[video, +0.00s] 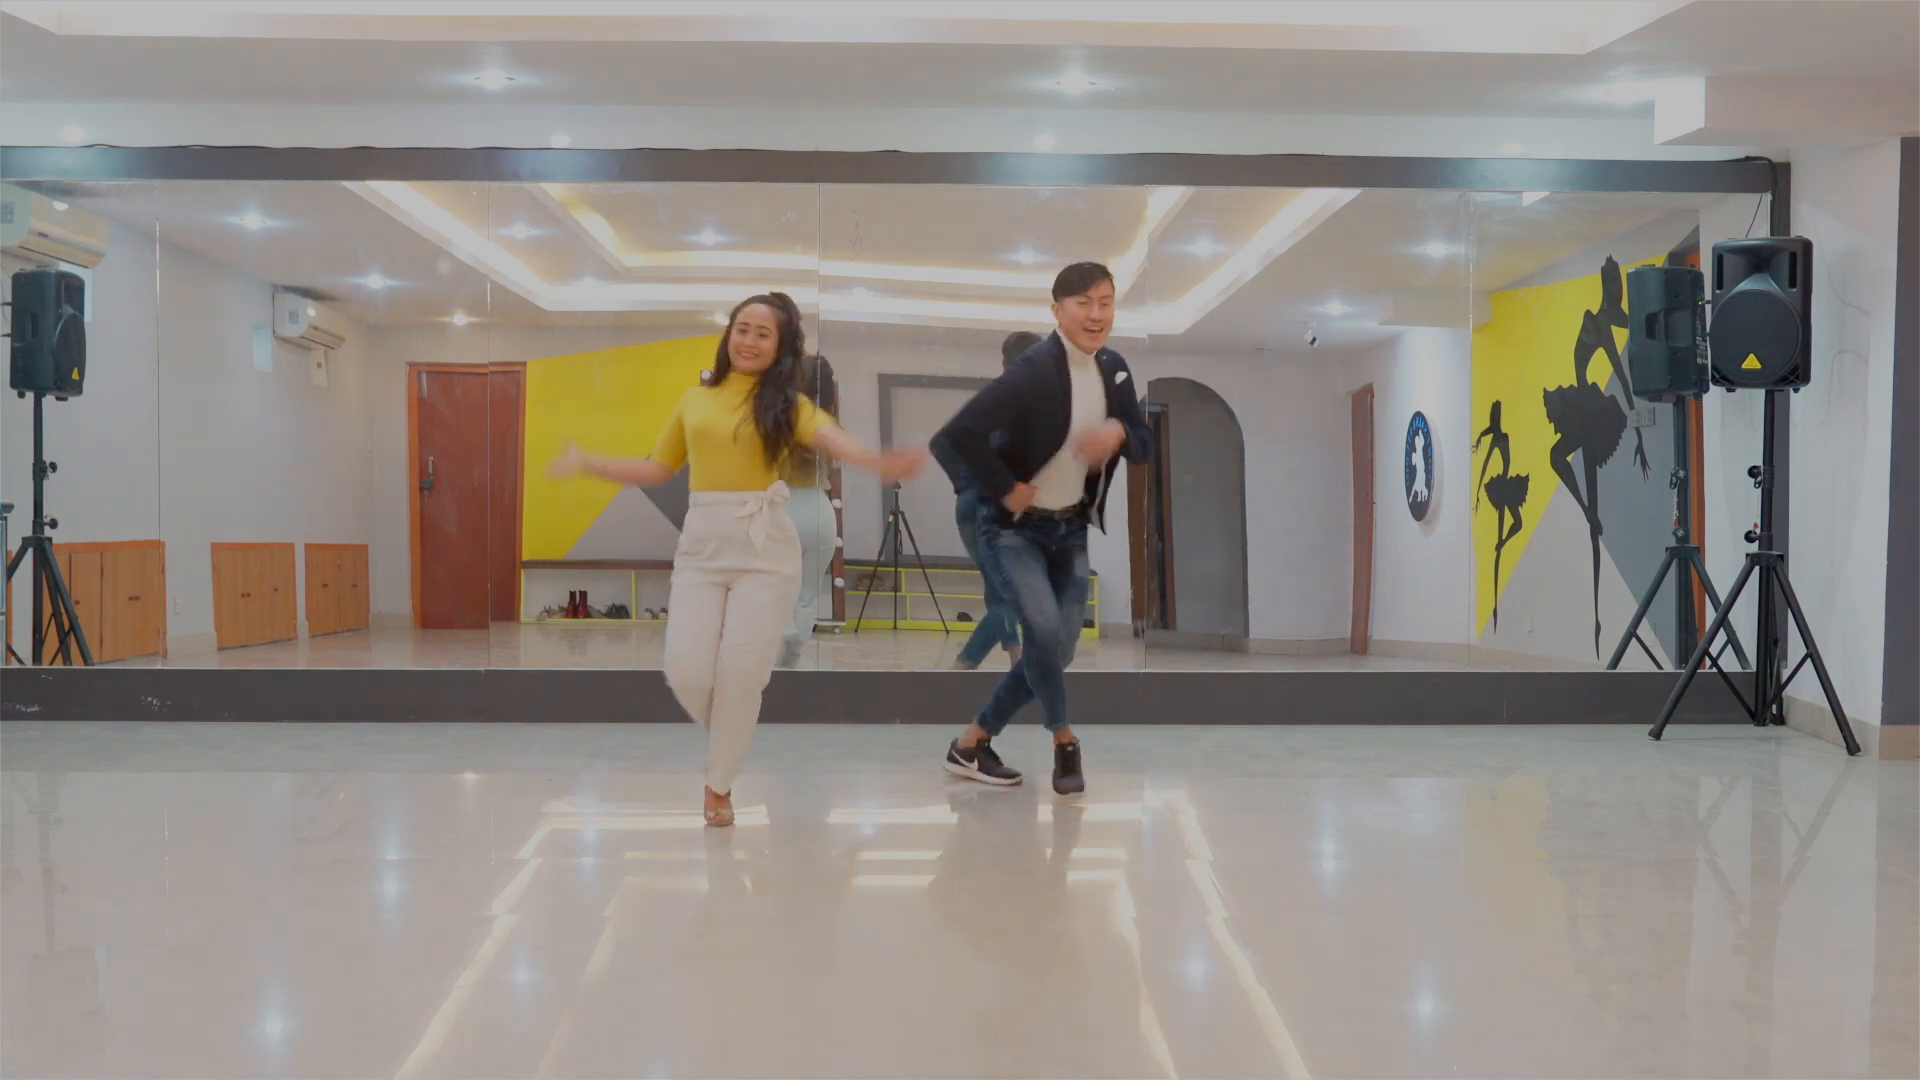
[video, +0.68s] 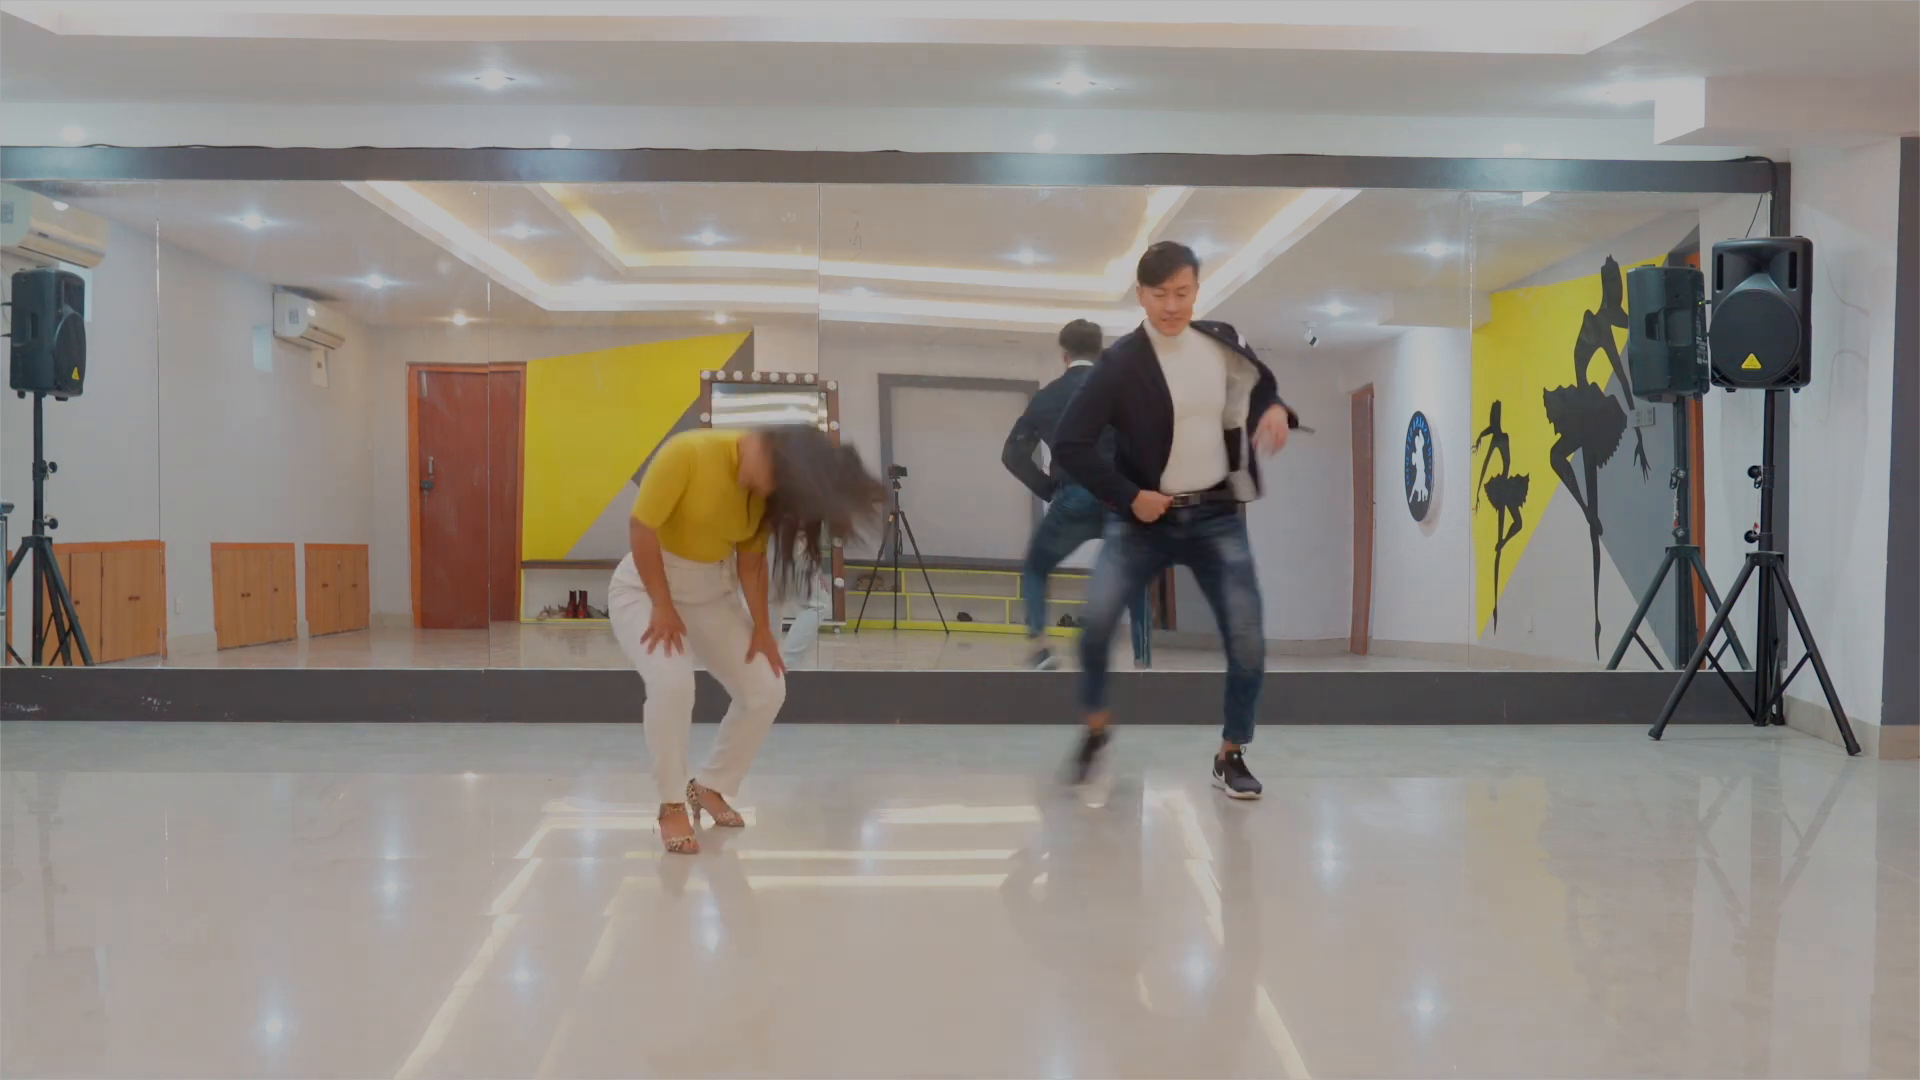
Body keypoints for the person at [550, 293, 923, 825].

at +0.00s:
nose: (749, 340)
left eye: (763, 334)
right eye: (742, 329)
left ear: (782, 348)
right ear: (728, 335)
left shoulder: (784, 403)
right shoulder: (696, 400)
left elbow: (834, 440)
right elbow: (657, 469)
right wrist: (588, 463)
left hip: (765, 544)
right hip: (700, 543)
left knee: (741, 674)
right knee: (684, 671)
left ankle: (718, 788)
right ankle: (730, 736)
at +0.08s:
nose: (734, 332)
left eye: (749, 327)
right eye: (729, 323)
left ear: (769, 349)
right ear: (714, 335)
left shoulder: (776, 404)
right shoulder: (683, 405)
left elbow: (808, 464)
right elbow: (659, 484)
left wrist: (840, 515)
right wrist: (598, 514)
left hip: (764, 551)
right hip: (697, 549)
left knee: (745, 675)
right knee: (679, 664)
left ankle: (720, 787)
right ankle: (690, 747)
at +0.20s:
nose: (703, 327)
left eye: (716, 324)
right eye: (692, 328)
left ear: (739, 352)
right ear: (681, 361)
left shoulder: (769, 407)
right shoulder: (670, 417)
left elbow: (790, 487)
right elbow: (663, 497)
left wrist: (800, 556)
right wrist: (652, 554)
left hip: (763, 556)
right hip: (692, 554)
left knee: (760, 685)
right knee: (683, 666)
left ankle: (724, 786)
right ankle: (673, 792)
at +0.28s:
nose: (679, 348)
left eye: (687, 342)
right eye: (667, 355)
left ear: (716, 359)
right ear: (667, 388)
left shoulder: (764, 413)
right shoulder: (667, 434)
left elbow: (794, 492)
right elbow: (662, 512)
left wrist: (781, 558)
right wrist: (679, 569)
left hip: (757, 561)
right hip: (686, 561)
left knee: (771, 691)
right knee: (685, 681)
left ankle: (721, 784)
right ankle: (676, 803)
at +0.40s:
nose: (693, 434)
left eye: (690, 417)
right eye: (677, 435)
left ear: (707, 404)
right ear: (669, 448)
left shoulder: (767, 443)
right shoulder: (671, 479)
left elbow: (797, 509)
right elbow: (656, 542)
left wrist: (776, 573)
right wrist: (684, 593)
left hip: (739, 586)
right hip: (671, 582)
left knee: (777, 694)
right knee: (677, 679)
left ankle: (713, 785)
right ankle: (673, 804)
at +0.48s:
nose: (750, 494)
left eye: (750, 484)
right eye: (736, 493)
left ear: (749, 467)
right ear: (705, 491)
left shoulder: (775, 469)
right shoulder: (668, 492)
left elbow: (787, 531)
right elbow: (651, 554)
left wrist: (768, 598)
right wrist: (679, 610)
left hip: (730, 599)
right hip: (660, 593)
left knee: (772, 693)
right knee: (676, 680)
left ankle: (710, 785)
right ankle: (673, 806)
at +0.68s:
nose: (770, 498)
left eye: (778, 496)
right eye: (776, 490)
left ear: (781, 479)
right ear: (776, 463)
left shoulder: (761, 487)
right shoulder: (686, 453)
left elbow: (753, 557)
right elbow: (641, 526)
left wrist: (762, 626)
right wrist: (662, 604)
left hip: (711, 593)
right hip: (645, 588)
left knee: (764, 689)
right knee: (673, 679)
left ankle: (710, 785)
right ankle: (672, 804)